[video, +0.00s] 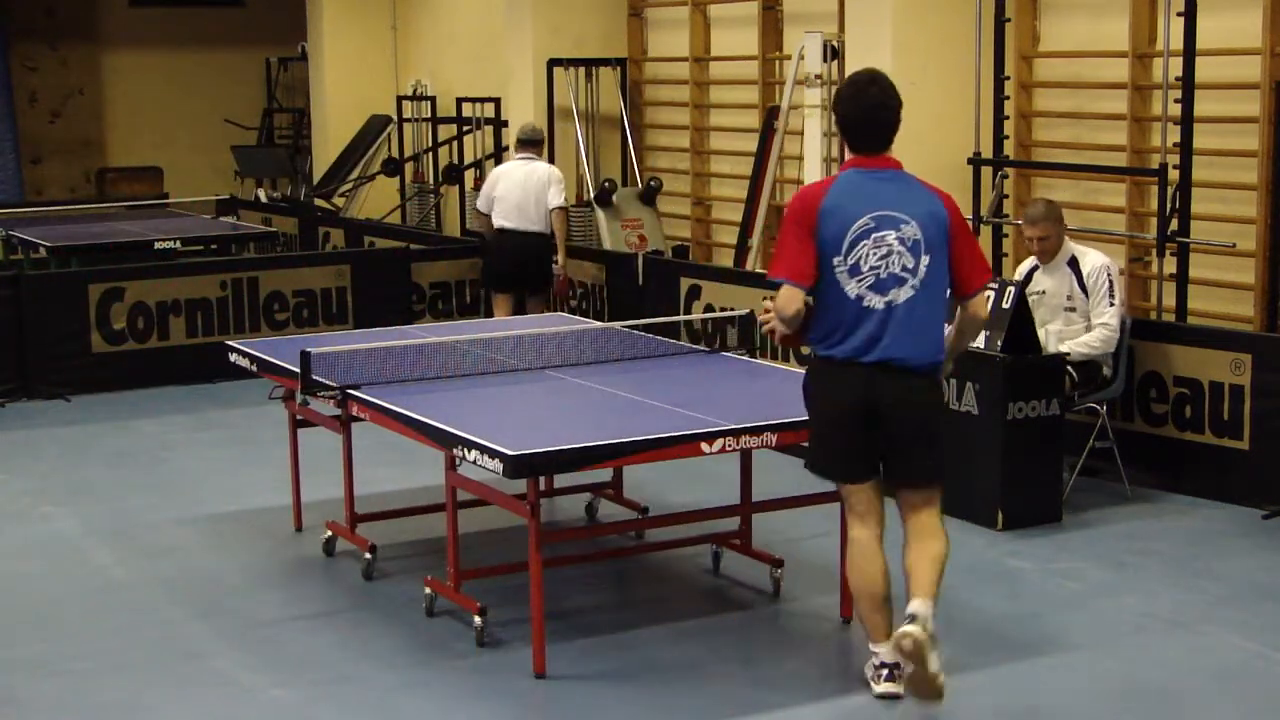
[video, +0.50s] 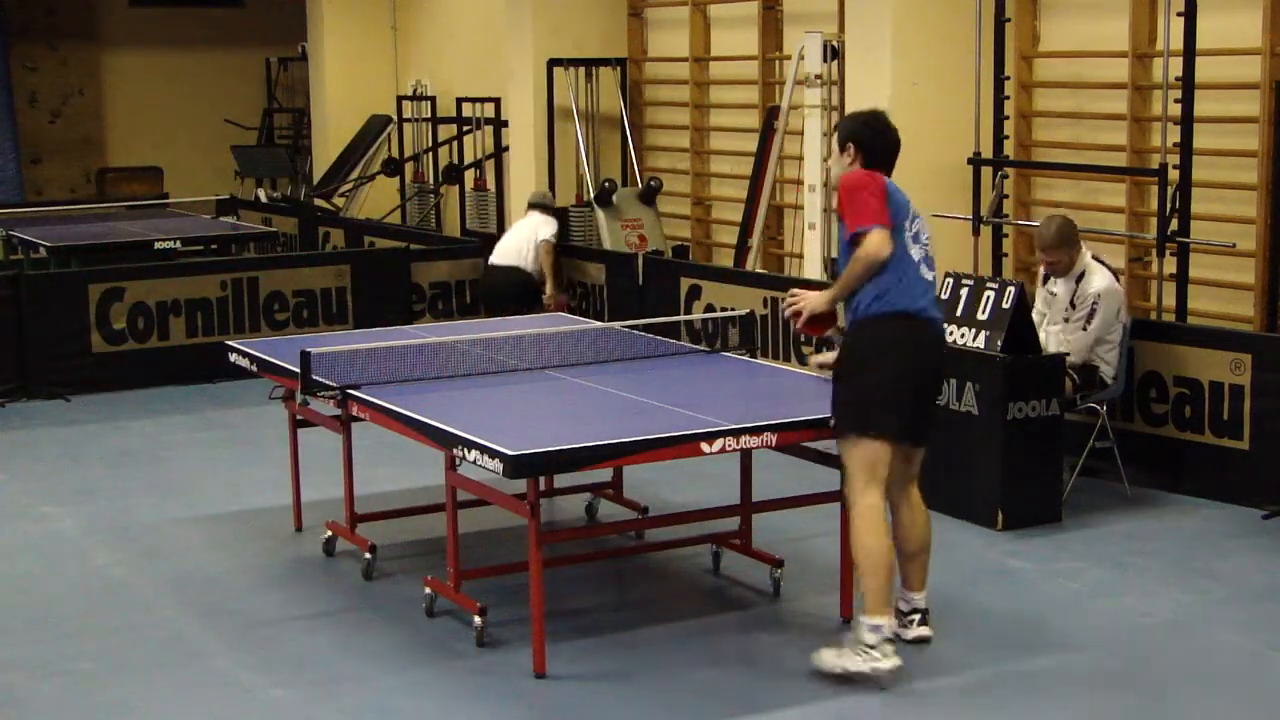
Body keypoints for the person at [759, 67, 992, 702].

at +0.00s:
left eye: (846, 117)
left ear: (839, 128)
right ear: (898, 126)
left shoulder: (812, 202)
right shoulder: (936, 202)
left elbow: (792, 303)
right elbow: (977, 306)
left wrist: (778, 317)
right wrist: (948, 349)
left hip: (840, 387)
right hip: (914, 387)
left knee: (862, 519)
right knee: (922, 510)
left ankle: (883, 660)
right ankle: (919, 614)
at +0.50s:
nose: (834, 160)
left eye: (837, 151)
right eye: (836, 151)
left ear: (851, 152)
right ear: (884, 156)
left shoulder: (858, 182)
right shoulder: (903, 202)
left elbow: (876, 246)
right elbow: (903, 296)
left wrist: (830, 296)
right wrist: (847, 351)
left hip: (884, 340)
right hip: (927, 345)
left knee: (865, 490)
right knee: (904, 485)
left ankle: (875, 635)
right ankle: (914, 610)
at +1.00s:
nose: (825, 160)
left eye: (827, 151)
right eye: (827, 151)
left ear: (840, 151)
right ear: (874, 153)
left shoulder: (848, 178)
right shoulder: (895, 201)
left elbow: (867, 239)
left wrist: (816, 290)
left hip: (867, 331)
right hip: (917, 336)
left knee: (824, 470)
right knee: (910, 484)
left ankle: (832, 603)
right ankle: (915, 610)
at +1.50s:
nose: (777, 131)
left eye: (777, 124)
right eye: (780, 123)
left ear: (785, 128)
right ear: (840, 121)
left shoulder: (774, 189)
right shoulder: (885, 178)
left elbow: (708, 263)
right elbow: (960, 242)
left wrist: (691, 247)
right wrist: (923, 259)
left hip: (797, 375)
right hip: (871, 371)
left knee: (810, 514)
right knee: (881, 500)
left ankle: (825, 656)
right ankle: (899, 638)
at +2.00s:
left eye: (734, 109)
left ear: (728, 116)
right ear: (787, 112)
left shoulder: (699, 190)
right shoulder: (827, 188)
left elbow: (642, 289)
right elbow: (865, 298)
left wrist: (694, 274)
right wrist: (811, 270)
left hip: (715, 371)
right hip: (790, 377)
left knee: (744, 510)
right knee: (805, 533)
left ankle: (699, 656)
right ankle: (814, 695)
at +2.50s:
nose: (627, 138)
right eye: (627, 130)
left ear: (562, 138)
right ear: (624, 139)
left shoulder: (522, 203)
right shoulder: (630, 215)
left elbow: (440, 284)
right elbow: (643, 335)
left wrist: (470, 369)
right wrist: (675, 327)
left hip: (518, 404)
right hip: (583, 413)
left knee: (540, 558)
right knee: (611, 569)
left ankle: (495, 703)